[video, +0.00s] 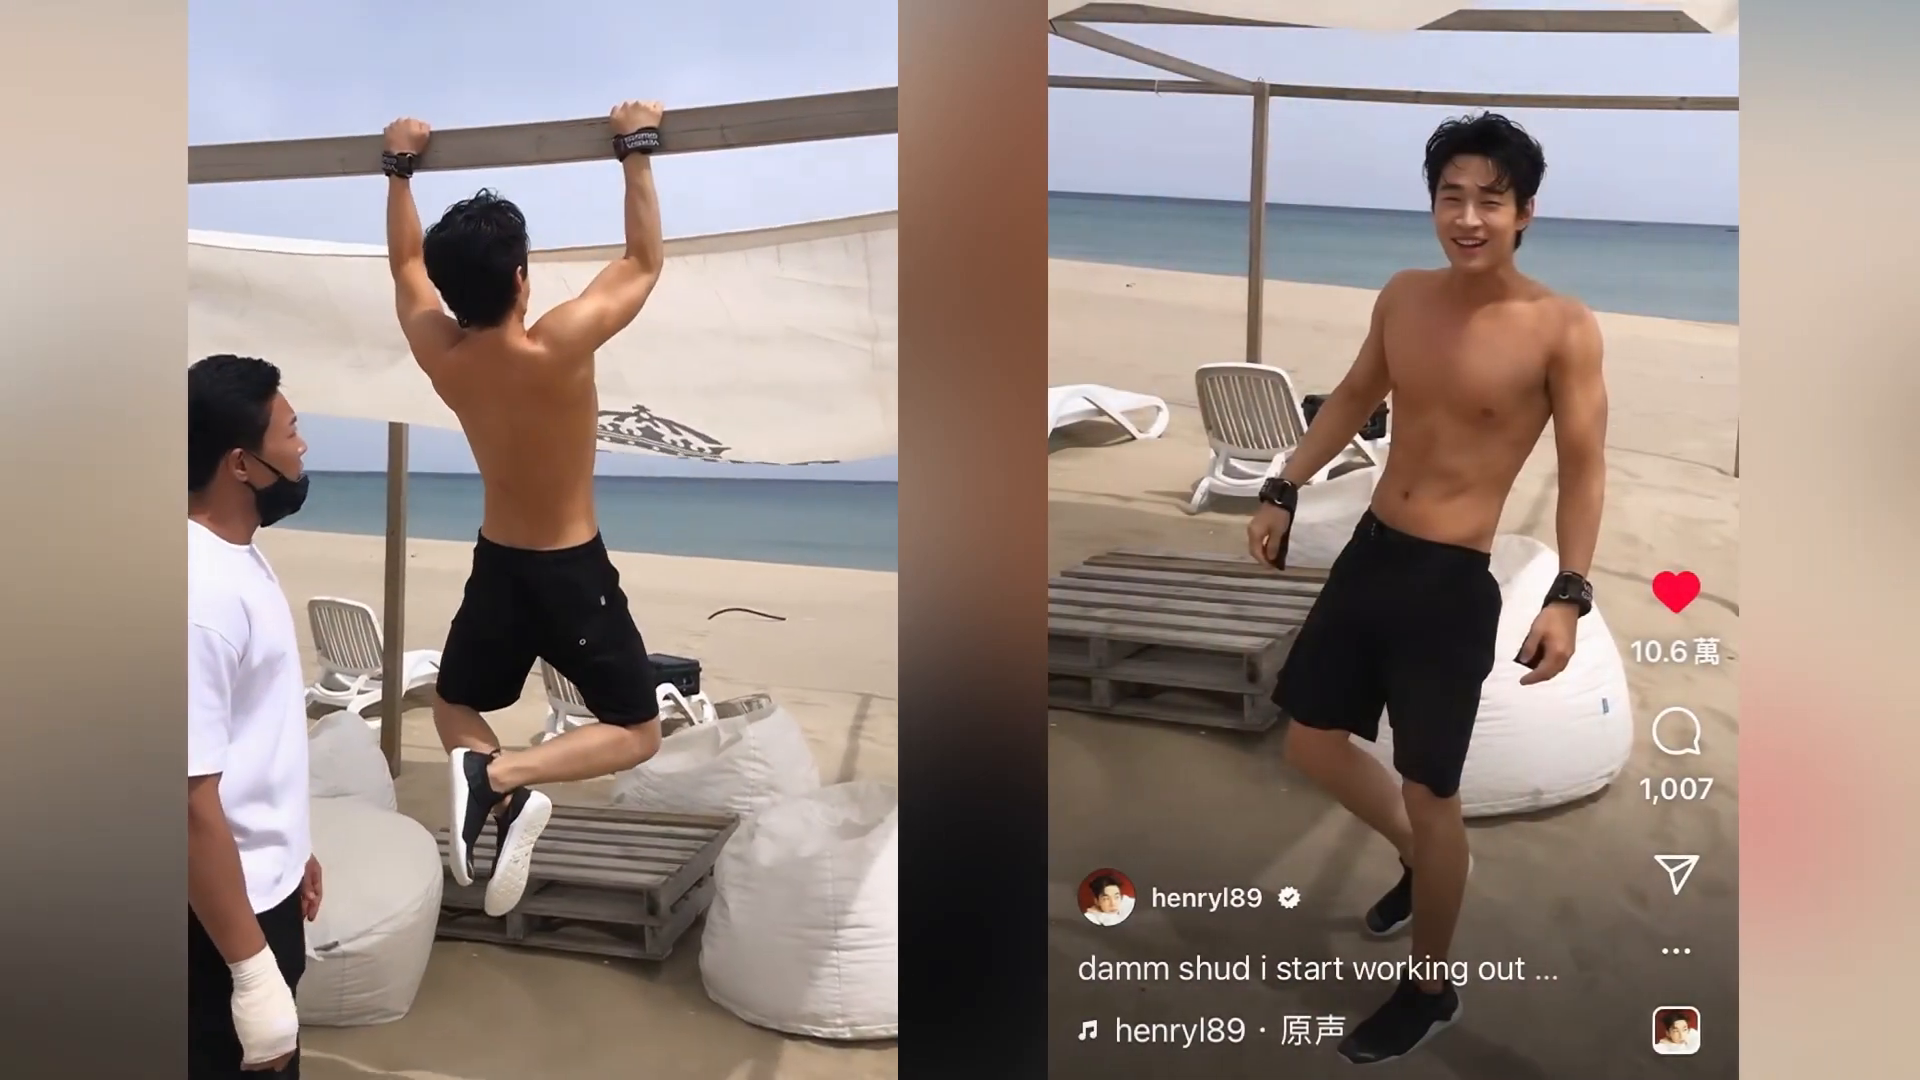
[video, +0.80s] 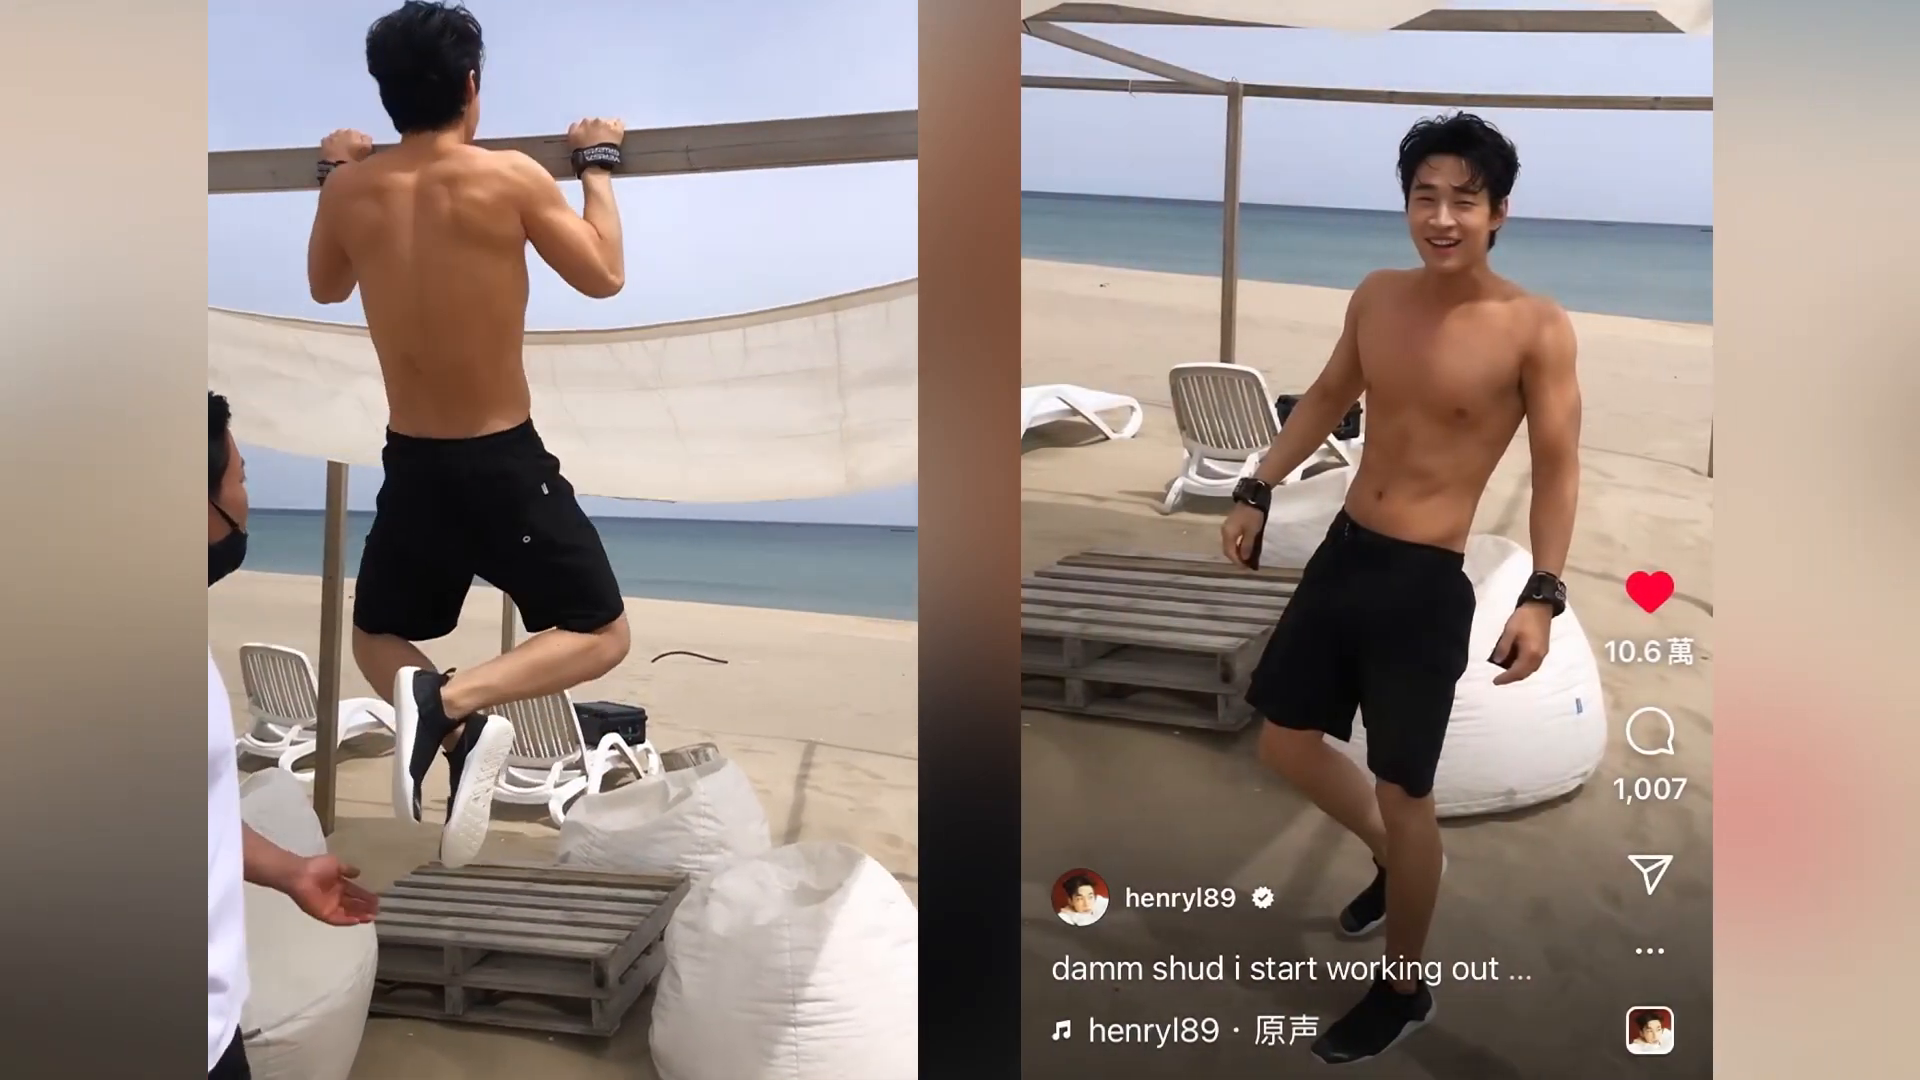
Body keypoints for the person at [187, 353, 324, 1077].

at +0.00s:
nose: (303, 445)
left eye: (295, 428)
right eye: (290, 432)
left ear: (239, 462)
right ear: (241, 463)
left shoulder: (240, 557)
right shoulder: (199, 600)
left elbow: (249, 736)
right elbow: (194, 809)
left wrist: (291, 850)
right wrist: (254, 974)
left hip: (264, 904)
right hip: (223, 928)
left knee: (269, 1063)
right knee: (232, 1071)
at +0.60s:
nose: (270, 482)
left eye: (264, 461)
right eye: (262, 465)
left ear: (220, 503)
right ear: (221, 501)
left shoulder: (215, 624)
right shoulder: (187, 649)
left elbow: (208, 807)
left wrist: (275, 891)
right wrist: (192, 1046)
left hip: (237, 1011)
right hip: (211, 1033)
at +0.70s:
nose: (258, 490)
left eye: (251, 469)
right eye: (249, 472)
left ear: (209, 511)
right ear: (211, 509)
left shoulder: (200, 637)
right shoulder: (170, 651)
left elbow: (197, 804)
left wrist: (279, 886)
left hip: (219, 1027)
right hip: (206, 1039)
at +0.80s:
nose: (245, 500)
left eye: (241, 475)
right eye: (239, 476)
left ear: (199, 504)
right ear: (200, 501)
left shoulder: (183, 649)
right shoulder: (159, 658)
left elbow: (185, 807)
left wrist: (290, 872)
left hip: (209, 1025)